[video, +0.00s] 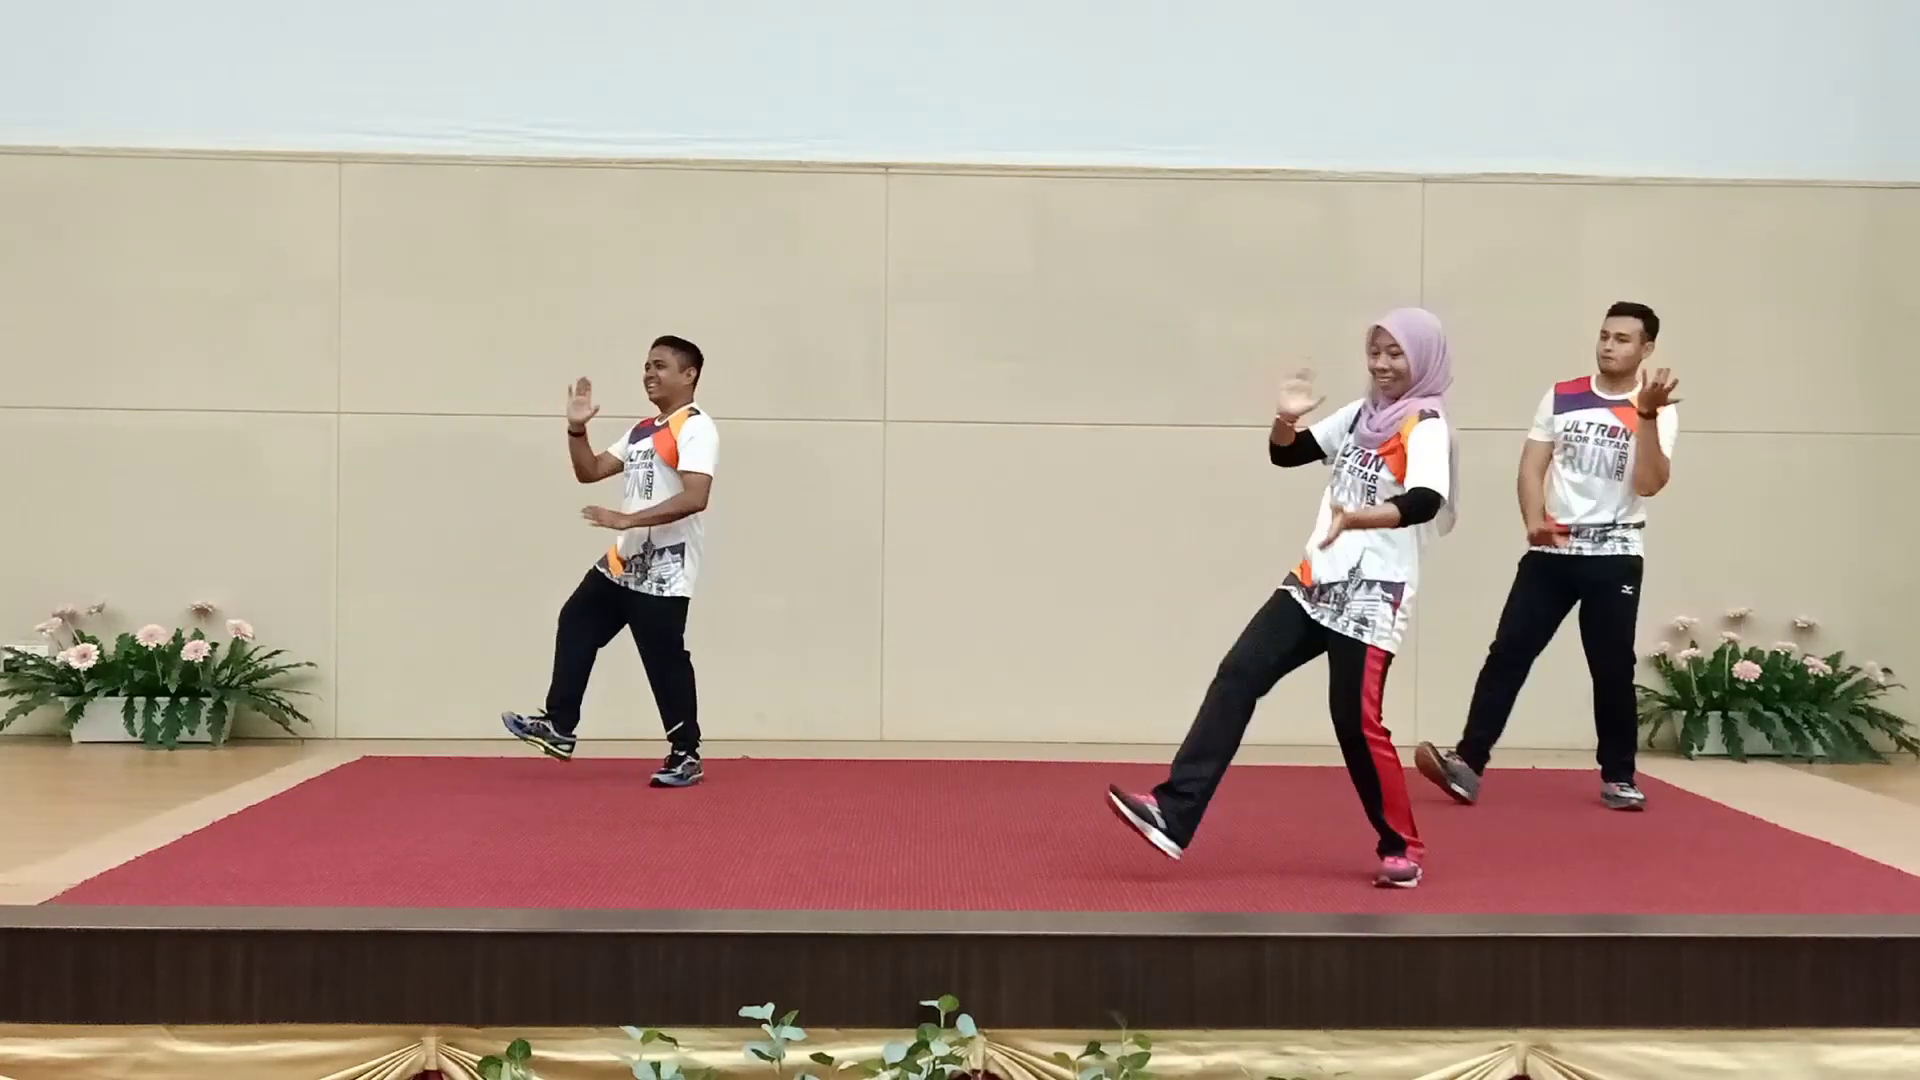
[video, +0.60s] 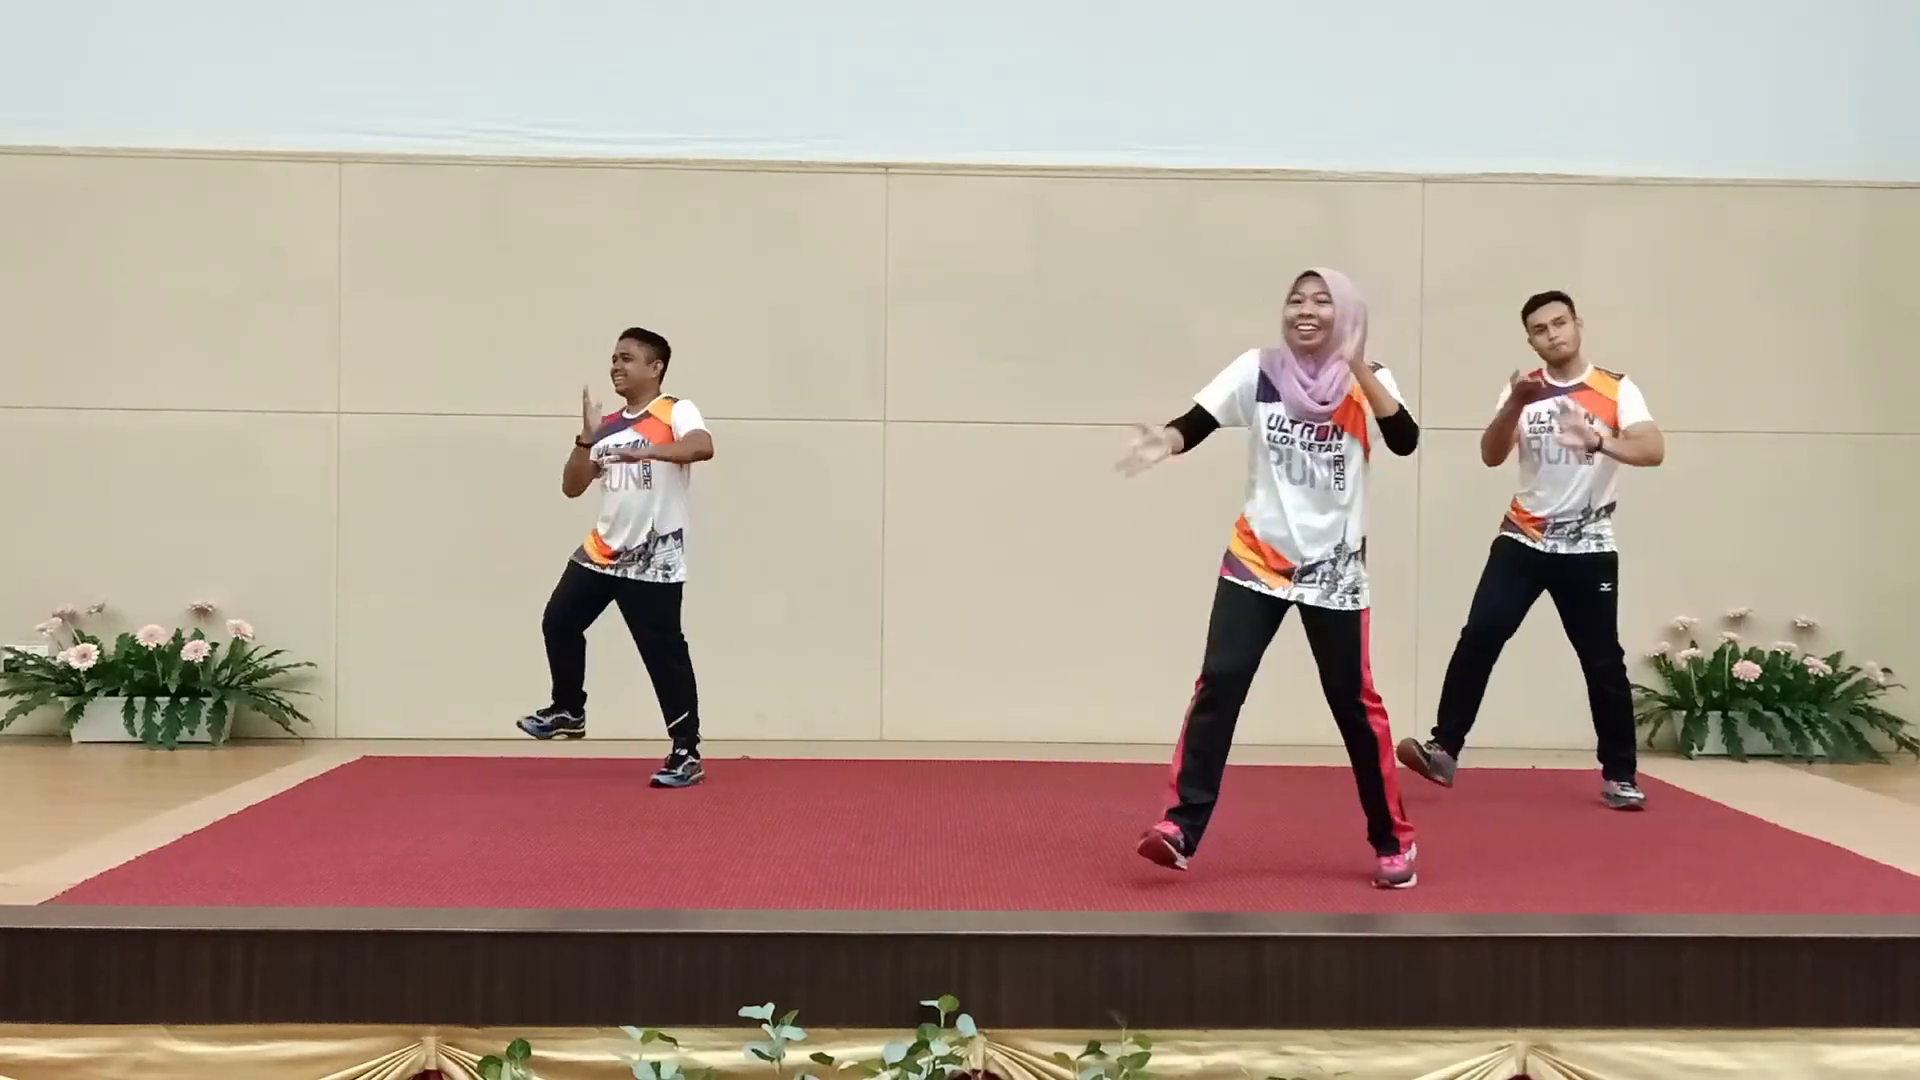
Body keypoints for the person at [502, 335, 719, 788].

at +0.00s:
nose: (649, 374)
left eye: (660, 366)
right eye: (648, 367)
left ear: (689, 375)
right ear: (648, 375)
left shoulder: (697, 428)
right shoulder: (643, 430)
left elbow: (695, 498)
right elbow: (589, 470)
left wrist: (627, 519)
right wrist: (577, 430)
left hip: (665, 567)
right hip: (624, 561)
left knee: (665, 659)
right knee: (577, 623)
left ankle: (686, 755)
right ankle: (559, 726)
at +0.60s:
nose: (616, 367)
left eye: (627, 359)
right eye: (615, 359)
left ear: (656, 367)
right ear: (615, 367)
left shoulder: (676, 411)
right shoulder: (606, 426)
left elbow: (702, 447)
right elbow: (571, 488)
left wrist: (644, 451)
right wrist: (585, 440)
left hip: (654, 559)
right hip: (601, 552)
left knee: (665, 654)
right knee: (559, 623)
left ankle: (686, 754)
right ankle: (568, 711)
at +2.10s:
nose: (398, 377)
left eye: (403, 370)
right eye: (387, 370)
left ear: (409, 376)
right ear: (361, 377)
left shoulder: (429, 431)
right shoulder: (343, 430)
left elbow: (473, 490)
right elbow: (327, 485)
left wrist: (462, 457)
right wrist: (379, 510)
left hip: (425, 563)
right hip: (366, 569)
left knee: (460, 634)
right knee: (357, 664)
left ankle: (458, 733)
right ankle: (353, 753)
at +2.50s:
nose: (373, 388)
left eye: (378, 380)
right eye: (363, 381)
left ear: (382, 384)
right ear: (335, 385)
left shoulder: (401, 437)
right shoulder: (316, 444)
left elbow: (423, 497)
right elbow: (319, 510)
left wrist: (439, 543)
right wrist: (369, 462)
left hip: (413, 573)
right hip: (355, 581)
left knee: (443, 657)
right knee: (354, 673)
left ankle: (467, 743)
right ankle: (353, 756)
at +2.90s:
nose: (385, 357)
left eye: (394, 351)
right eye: (375, 349)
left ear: (406, 360)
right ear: (357, 358)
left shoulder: (428, 413)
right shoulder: (334, 408)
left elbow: (480, 462)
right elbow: (323, 469)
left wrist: (483, 446)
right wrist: (387, 471)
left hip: (423, 544)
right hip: (363, 551)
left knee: (457, 618)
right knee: (352, 654)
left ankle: (475, 709)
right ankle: (348, 749)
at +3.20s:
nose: (430, 368)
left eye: (441, 360)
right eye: (422, 362)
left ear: (463, 369)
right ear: (414, 373)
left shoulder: (487, 426)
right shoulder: (390, 424)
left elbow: (507, 486)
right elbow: (353, 483)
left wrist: (458, 448)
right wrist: (338, 536)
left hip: (458, 569)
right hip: (397, 567)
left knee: (468, 662)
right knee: (373, 661)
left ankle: (484, 755)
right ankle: (354, 749)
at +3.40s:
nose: (466, 368)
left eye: (477, 360)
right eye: (460, 361)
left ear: (501, 367)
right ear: (455, 370)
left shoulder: (518, 422)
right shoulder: (439, 423)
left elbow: (528, 483)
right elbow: (390, 460)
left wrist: (458, 496)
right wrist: (354, 468)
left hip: (490, 569)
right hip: (439, 564)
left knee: (486, 663)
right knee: (417, 642)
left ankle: (485, 753)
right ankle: (453, 728)